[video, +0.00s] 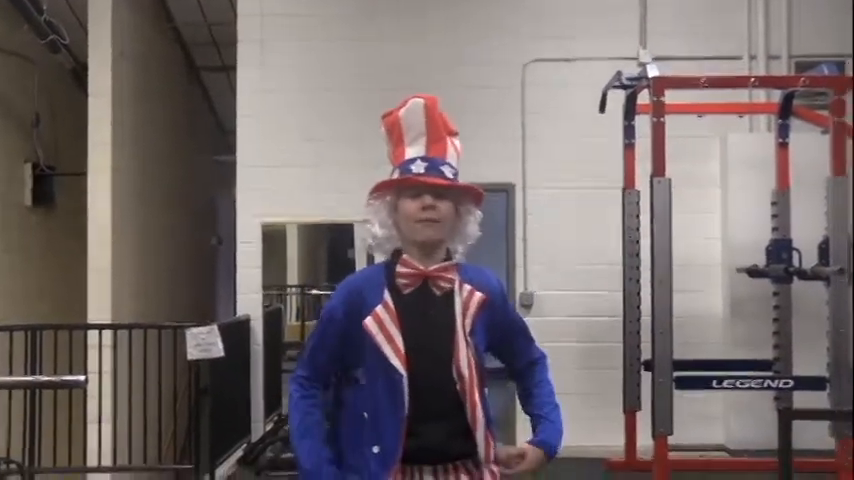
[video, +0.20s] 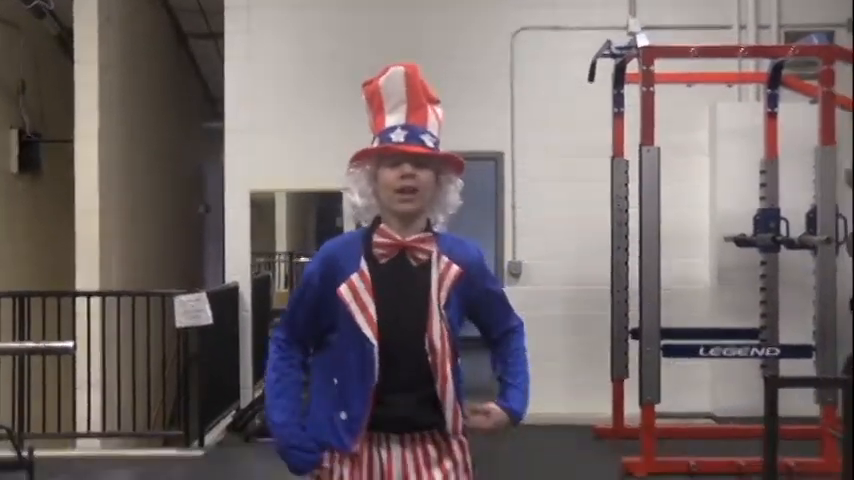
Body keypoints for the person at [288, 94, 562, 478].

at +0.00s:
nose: (428, 203)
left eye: (440, 194)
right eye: (413, 194)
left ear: (459, 211)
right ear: (392, 209)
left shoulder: (482, 287)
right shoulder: (359, 291)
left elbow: (529, 362)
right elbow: (307, 381)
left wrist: (545, 439)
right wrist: (319, 469)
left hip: (468, 469)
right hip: (384, 469)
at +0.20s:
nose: (407, 173)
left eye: (420, 164)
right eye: (393, 163)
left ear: (438, 180)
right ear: (371, 178)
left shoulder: (460, 261)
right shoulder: (333, 261)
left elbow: (505, 331)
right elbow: (286, 344)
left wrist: (510, 405)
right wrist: (290, 439)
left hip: (435, 456)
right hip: (349, 459)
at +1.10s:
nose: (326, 121)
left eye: (341, 111)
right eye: (313, 108)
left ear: (358, 126)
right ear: (291, 119)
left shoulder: (387, 198)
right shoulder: (267, 214)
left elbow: (443, 286)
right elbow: (255, 327)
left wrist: (411, 367)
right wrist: (249, 421)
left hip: (372, 411)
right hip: (293, 412)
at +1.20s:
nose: (320, 117)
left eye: (334, 108)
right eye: (307, 106)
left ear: (351, 125)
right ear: (285, 119)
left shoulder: (384, 197)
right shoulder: (265, 213)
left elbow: (441, 285)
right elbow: (257, 327)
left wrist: (413, 372)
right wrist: (246, 423)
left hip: (369, 407)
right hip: (290, 408)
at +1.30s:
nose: (316, 117)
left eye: (330, 108)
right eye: (303, 106)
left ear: (347, 123)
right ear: (282, 120)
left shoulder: (383, 197)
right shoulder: (265, 215)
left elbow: (440, 283)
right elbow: (258, 329)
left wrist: (418, 369)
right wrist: (235, 419)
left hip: (372, 405)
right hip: (292, 407)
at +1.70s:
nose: (349, 121)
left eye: (361, 109)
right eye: (335, 110)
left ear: (381, 121)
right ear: (314, 124)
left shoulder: (422, 200)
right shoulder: (283, 203)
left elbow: (467, 298)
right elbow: (202, 223)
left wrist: (464, 388)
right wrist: (221, 121)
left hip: (404, 409)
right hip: (318, 409)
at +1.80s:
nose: (355, 123)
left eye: (369, 108)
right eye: (342, 112)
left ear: (396, 118)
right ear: (329, 127)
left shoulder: (436, 205)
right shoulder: (302, 191)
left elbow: (466, 301)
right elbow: (242, 182)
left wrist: (466, 388)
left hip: (413, 406)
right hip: (328, 406)